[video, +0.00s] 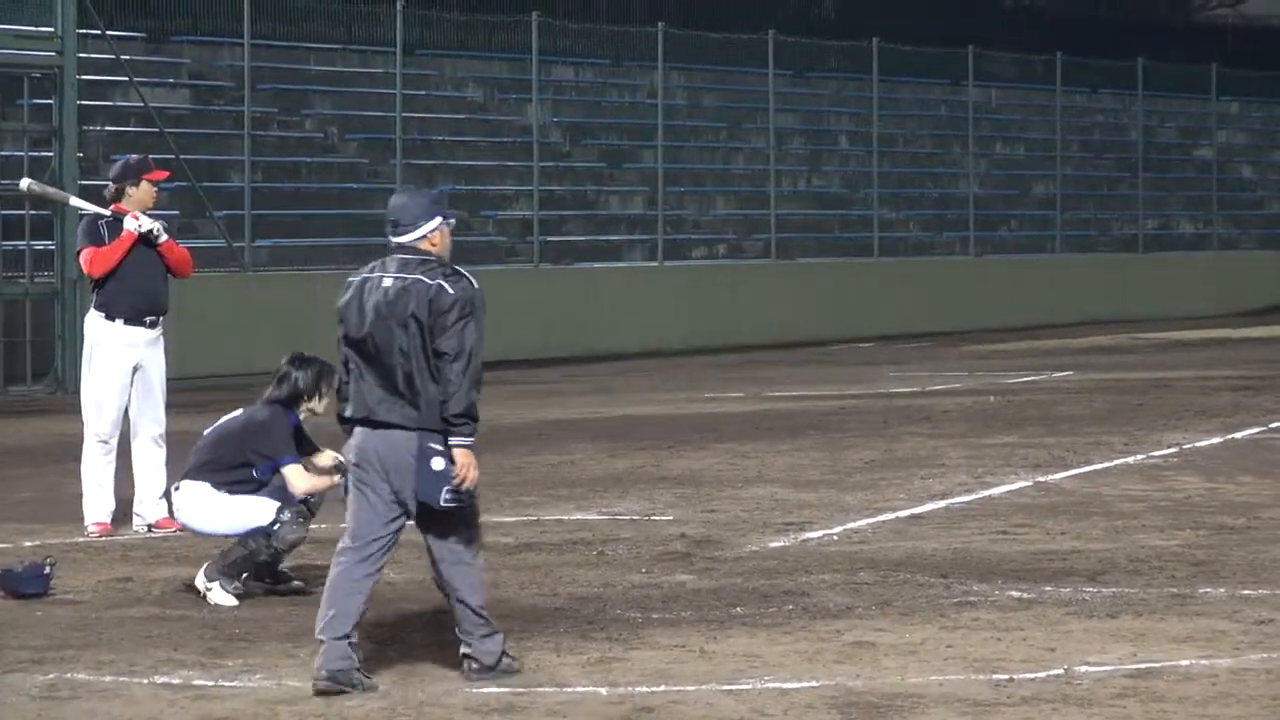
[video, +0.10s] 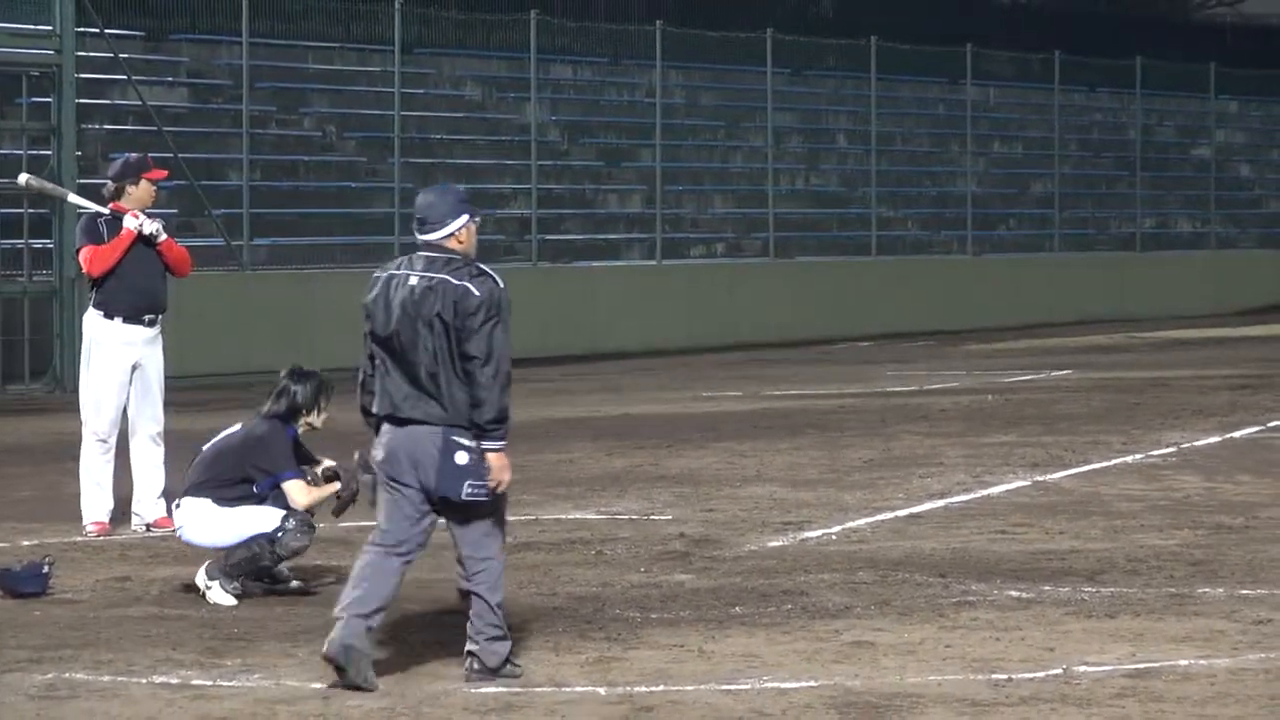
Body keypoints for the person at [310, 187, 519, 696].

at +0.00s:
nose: (449, 233)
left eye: (445, 225)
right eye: (444, 227)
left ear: (398, 235)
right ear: (431, 235)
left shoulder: (361, 283)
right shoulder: (452, 287)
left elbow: (349, 365)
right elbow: (458, 372)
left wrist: (354, 427)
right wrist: (462, 440)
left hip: (369, 436)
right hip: (427, 440)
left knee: (358, 550)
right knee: (456, 552)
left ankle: (333, 663)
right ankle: (484, 654)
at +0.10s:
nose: (476, 230)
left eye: (472, 222)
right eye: (471, 224)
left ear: (426, 231)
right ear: (456, 232)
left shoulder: (387, 278)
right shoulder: (479, 286)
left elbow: (372, 364)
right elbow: (489, 373)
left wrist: (378, 427)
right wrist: (495, 444)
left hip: (397, 433)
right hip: (457, 438)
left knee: (391, 542)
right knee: (482, 552)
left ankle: (351, 634)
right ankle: (488, 655)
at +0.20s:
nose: (502, 226)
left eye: (499, 218)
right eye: (497, 220)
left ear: (454, 227)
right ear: (482, 228)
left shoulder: (415, 270)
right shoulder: (506, 282)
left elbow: (399, 353)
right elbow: (521, 366)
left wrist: (404, 416)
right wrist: (535, 433)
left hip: (426, 427)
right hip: (484, 431)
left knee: (439, 528)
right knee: (499, 541)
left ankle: (392, 605)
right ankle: (491, 651)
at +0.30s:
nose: (519, 225)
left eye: (515, 217)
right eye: (514, 218)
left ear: (471, 225)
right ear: (501, 226)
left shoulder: (430, 271)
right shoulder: (520, 280)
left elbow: (418, 354)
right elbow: (545, 358)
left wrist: (428, 416)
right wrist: (568, 421)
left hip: (442, 423)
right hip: (494, 426)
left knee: (470, 519)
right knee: (504, 535)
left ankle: (440, 612)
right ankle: (490, 655)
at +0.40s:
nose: (540, 222)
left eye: (537, 214)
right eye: (536, 216)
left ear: (492, 221)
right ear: (522, 221)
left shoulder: (450, 267)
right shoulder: (540, 274)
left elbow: (438, 352)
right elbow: (566, 349)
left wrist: (448, 411)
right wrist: (594, 407)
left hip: (461, 419)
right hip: (510, 421)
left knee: (502, 522)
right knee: (506, 535)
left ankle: (498, 622)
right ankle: (487, 652)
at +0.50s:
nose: (564, 226)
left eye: (560, 218)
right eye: (558, 219)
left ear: (517, 227)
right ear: (542, 227)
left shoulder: (476, 273)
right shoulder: (563, 278)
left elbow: (464, 354)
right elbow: (591, 352)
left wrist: (472, 409)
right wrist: (617, 405)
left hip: (485, 422)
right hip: (532, 424)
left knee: (529, 530)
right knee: (520, 537)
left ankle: (575, 628)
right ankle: (491, 650)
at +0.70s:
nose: (597, 232)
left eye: (593, 224)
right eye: (592, 225)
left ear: (548, 231)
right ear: (579, 230)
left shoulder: (515, 280)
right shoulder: (598, 279)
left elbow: (505, 363)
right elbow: (620, 358)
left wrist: (509, 430)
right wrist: (635, 428)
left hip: (530, 426)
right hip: (576, 426)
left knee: (578, 526)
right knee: (580, 528)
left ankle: (595, 635)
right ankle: (511, 626)